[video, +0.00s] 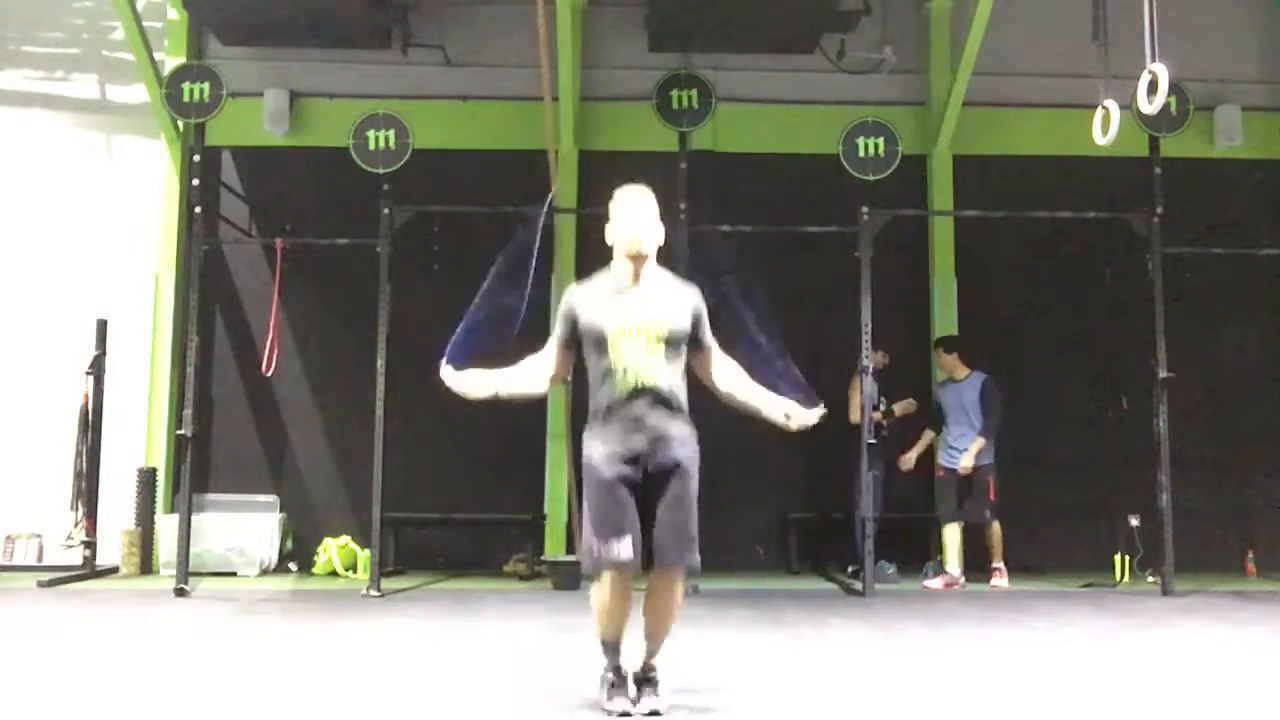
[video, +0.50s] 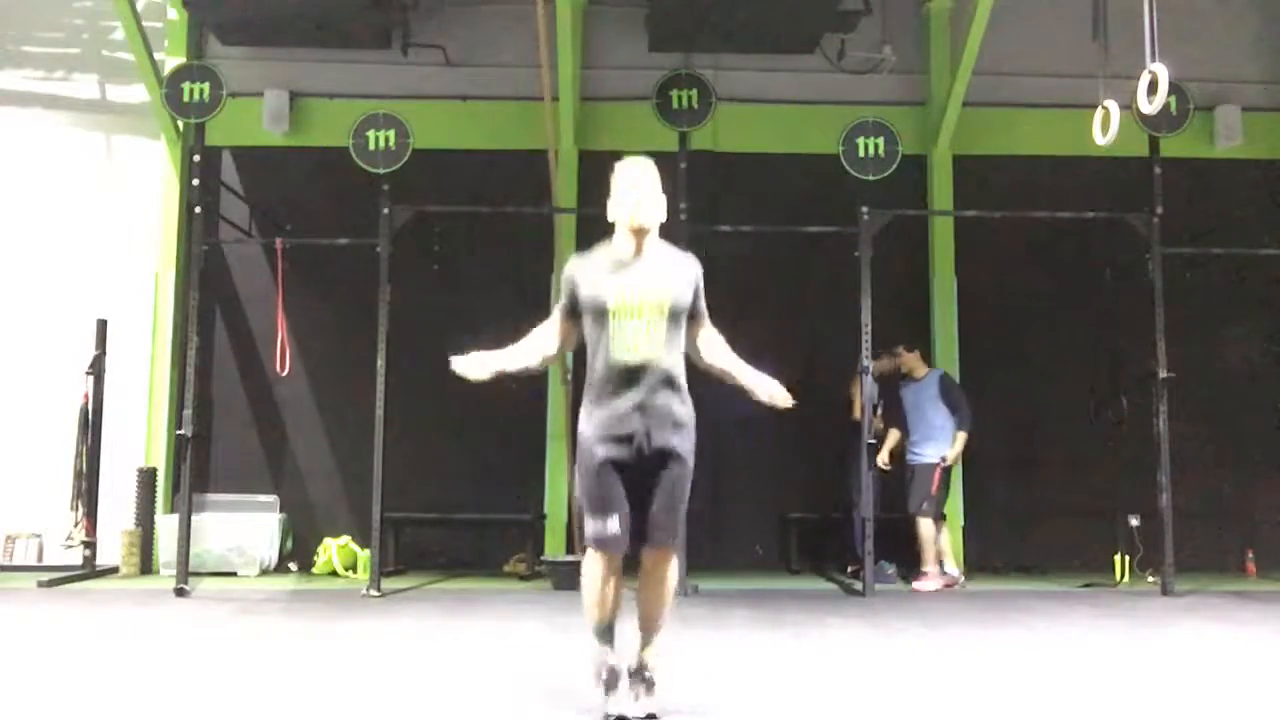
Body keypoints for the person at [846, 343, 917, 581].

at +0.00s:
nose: (885, 360)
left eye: (885, 356)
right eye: (881, 355)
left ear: (879, 358)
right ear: (870, 355)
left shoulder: (875, 380)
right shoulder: (861, 380)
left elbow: (873, 414)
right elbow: (855, 416)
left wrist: (897, 410)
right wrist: (892, 411)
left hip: (879, 447)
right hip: (868, 449)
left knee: (876, 506)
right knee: (868, 507)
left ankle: (873, 558)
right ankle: (867, 561)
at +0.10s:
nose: (885, 360)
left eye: (885, 355)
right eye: (881, 354)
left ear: (879, 358)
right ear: (870, 355)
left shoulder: (872, 380)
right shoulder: (861, 380)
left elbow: (871, 414)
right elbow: (855, 415)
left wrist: (895, 410)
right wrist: (891, 412)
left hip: (877, 446)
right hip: (868, 447)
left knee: (873, 506)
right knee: (868, 507)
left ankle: (868, 559)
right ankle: (868, 561)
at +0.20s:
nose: (883, 362)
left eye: (884, 358)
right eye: (881, 357)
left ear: (882, 359)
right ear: (871, 356)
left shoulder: (873, 381)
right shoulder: (860, 379)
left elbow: (874, 415)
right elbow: (854, 415)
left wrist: (895, 412)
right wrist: (887, 414)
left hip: (875, 445)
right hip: (865, 446)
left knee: (873, 504)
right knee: (866, 505)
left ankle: (867, 558)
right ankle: (866, 560)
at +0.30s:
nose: (883, 363)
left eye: (885, 359)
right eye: (882, 358)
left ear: (882, 360)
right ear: (873, 355)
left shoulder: (873, 380)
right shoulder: (860, 379)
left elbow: (872, 416)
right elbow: (854, 415)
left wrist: (891, 416)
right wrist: (888, 415)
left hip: (875, 444)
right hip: (864, 445)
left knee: (872, 504)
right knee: (864, 504)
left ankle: (861, 558)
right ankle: (864, 560)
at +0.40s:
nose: (884, 366)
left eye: (887, 363)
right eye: (884, 362)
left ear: (886, 366)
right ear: (877, 361)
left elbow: (894, 418)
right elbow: (855, 415)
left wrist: (885, 419)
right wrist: (879, 418)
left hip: (877, 444)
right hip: (861, 443)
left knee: (874, 503)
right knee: (861, 502)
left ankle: (870, 558)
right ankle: (858, 558)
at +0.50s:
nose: (894, 369)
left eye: (895, 365)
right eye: (893, 363)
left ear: (886, 364)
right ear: (883, 360)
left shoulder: (877, 383)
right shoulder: (862, 379)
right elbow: (857, 414)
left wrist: (879, 424)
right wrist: (876, 424)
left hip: (875, 444)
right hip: (862, 445)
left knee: (871, 503)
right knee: (861, 502)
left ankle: (863, 557)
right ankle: (860, 559)